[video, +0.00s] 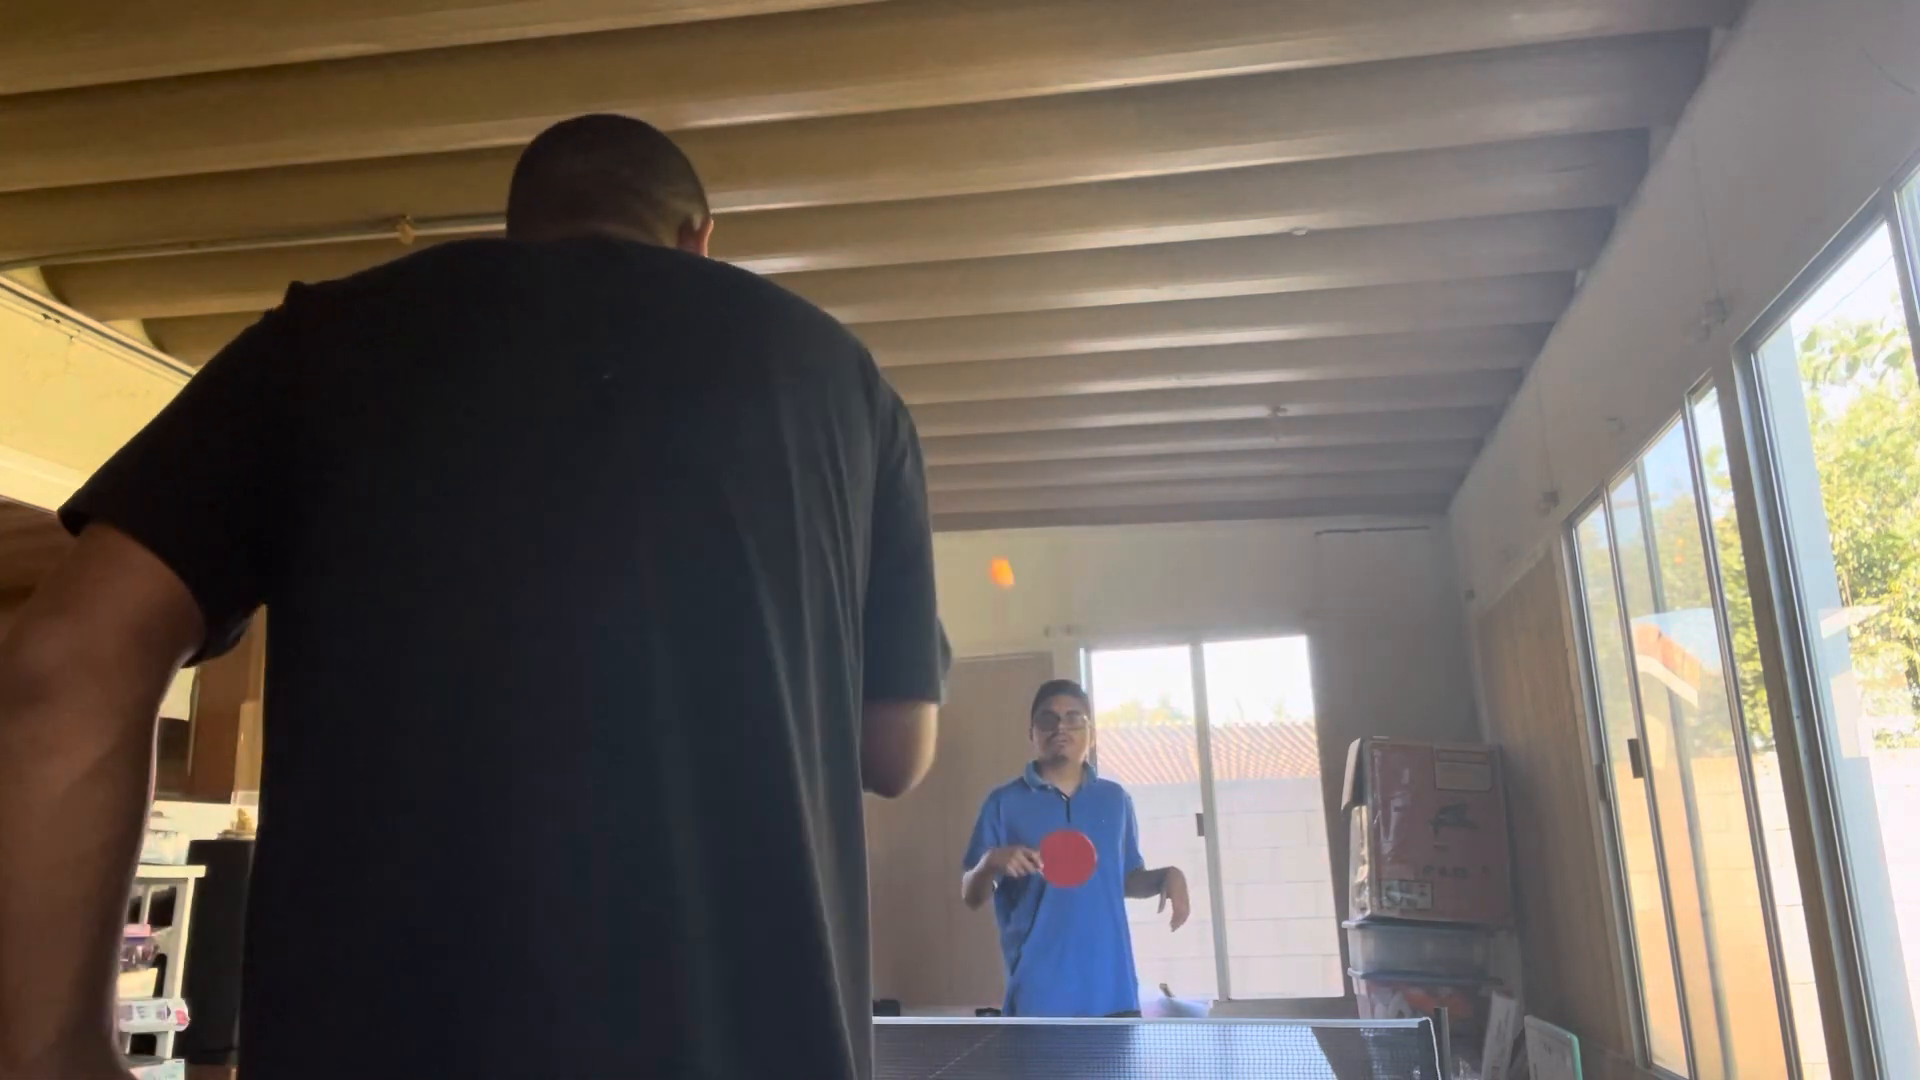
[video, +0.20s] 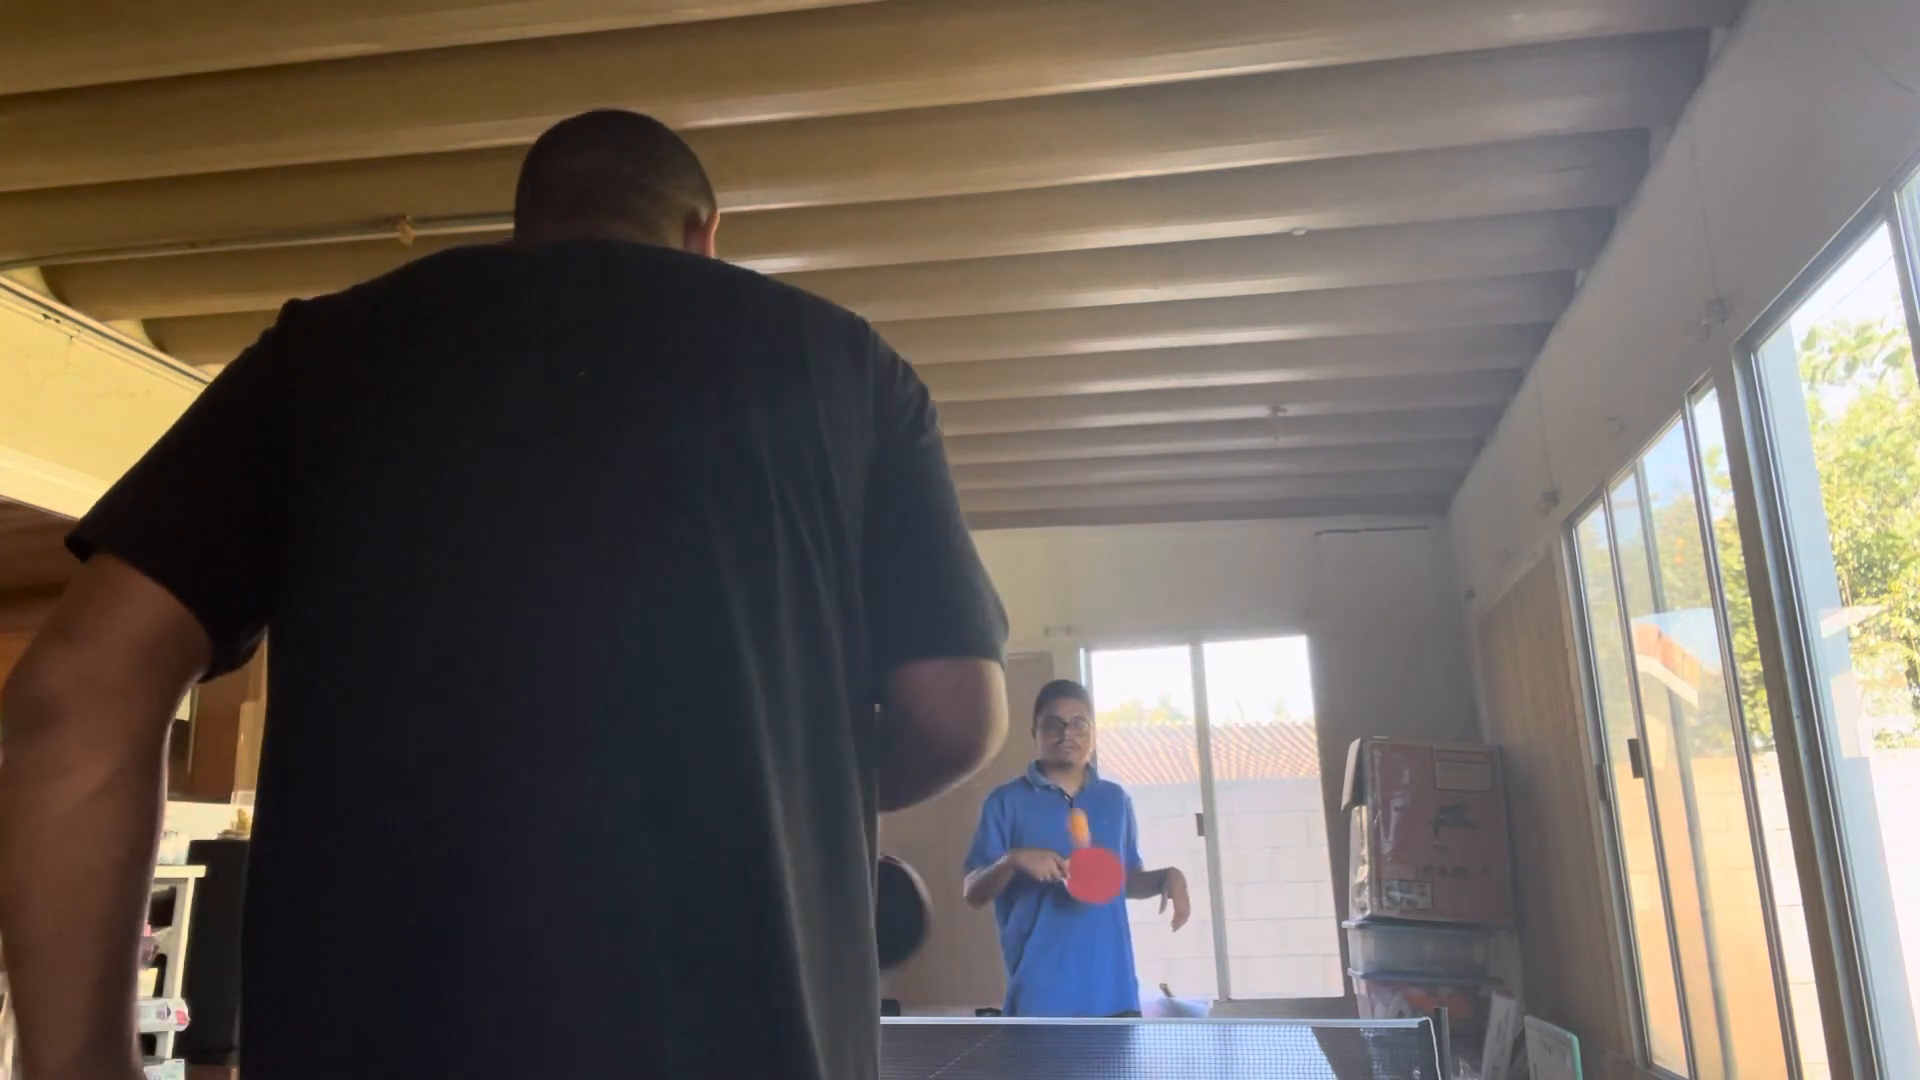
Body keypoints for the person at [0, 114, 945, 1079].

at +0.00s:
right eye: (715, 240)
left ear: (506, 229)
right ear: (698, 238)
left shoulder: (329, 331)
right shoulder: (834, 367)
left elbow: (65, 656)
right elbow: (896, 751)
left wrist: (59, 1046)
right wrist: (730, 670)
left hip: (371, 1032)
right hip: (748, 1039)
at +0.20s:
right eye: (718, 241)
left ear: (515, 223)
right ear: (704, 235)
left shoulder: (327, 345)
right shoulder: (839, 357)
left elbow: (76, 685)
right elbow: (955, 721)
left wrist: (76, 1056)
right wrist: (786, 790)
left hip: (368, 1033)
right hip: (748, 1040)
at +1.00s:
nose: (785, 245)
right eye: (785, 223)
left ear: (578, 208)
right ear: (766, 212)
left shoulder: (382, 350)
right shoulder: (868, 341)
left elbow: (137, 719)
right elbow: (1003, 698)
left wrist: (147, 1057)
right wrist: (966, 811)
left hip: (396, 1036)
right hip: (766, 1036)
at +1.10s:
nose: (786, 244)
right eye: (785, 222)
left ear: (577, 210)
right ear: (766, 212)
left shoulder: (382, 349)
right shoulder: (871, 341)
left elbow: (139, 710)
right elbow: (1007, 703)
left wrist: (138, 1059)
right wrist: (962, 814)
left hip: (402, 1039)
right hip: (768, 1038)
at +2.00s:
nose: (830, 254)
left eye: (829, 237)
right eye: (831, 231)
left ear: (621, 199)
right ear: (794, 205)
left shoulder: (389, 333)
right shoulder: (870, 342)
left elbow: (145, 677)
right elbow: (982, 695)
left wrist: (130, 1049)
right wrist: (1039, 926)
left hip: (381, 1037)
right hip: (751, 1038)